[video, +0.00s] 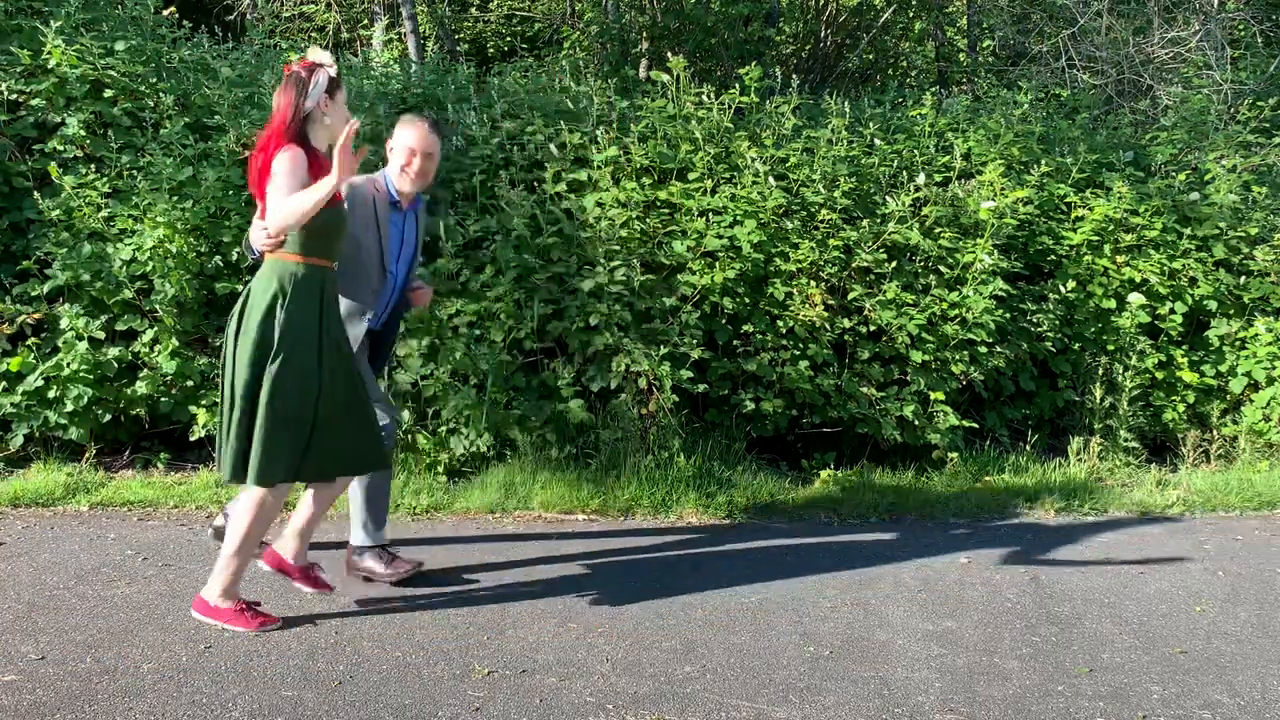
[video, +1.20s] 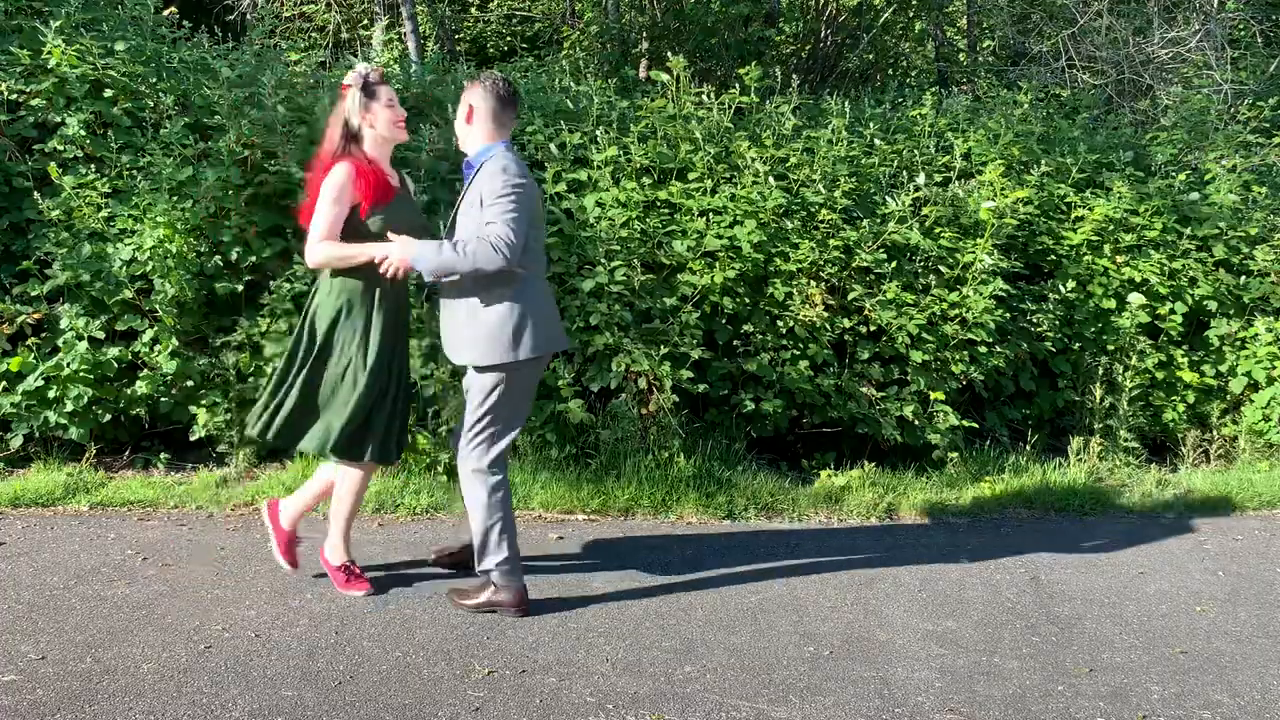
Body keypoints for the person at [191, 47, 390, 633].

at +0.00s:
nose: (348, 105)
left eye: (344, 95)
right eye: (341, 96)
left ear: (315, 103)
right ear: (319, 105)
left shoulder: (318, 160)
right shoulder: (289, 153)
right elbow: (279, 219)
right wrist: (335, 178)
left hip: (316, 312)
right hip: (284, 310)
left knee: (353, 445)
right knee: (277, 458)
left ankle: (290, 545)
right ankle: (217, 591)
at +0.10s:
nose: (328, 107)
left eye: (325, 97)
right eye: (322, 97)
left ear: (293, 106)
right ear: (302, 105)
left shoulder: (288, 163)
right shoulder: (270, 161)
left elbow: (271, 234)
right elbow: (252, 236)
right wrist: (339, 225)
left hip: (295, 300)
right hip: (273, 301)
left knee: (310, 452)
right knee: (283, 457)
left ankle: (224, 539)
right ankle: (219, 593)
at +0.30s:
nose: (307, 110)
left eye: (303, 100)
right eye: (300, 102)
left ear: (270, 111)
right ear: (279, 111)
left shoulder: (263, 166)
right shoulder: (253, 169)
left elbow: (248, 251)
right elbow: (235, 261)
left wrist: (304, 254)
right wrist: (316, 280)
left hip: (254, 322)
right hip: (255, 327)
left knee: (221, 458)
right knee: (308, 458)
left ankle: (152, 572)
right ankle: (247, 570)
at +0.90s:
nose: (337, 112)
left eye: (334, 103)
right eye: (328, 105)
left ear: (302, 116)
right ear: (301, 117)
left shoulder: (294, 167)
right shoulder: (288, 171)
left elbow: (311, 246)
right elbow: (293, 264)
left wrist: (373, 248)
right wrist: (368, 257)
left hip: (268, 313)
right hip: (275, 317)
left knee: (252, 443)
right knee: (342, 428)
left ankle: (183, 549)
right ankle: (333, 549)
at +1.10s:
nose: (374, 120)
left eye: (371, 111)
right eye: (363, 113)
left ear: (345, 126)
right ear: (336, 125)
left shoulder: (347, 180)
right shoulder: (319, 180)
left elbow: (348, 250)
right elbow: (308, 268)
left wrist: (398, 256)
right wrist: (381, 262)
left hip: (340, 320)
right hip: (325, 324)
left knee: (292, 444)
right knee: (350, 442)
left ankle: (208, 533)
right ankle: (337, 551)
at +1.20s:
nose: (404, 112)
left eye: (401, 104)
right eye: (392, 106)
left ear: (382, 117)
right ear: (364, 118)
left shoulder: (395, 177)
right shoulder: (345, 173)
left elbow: (401, 236)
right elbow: (316, 252)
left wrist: (412, 250)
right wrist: (384, 247)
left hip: (386, 312)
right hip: (352, 311)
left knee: (371, 433)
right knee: (360, 433)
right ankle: (336, 550)